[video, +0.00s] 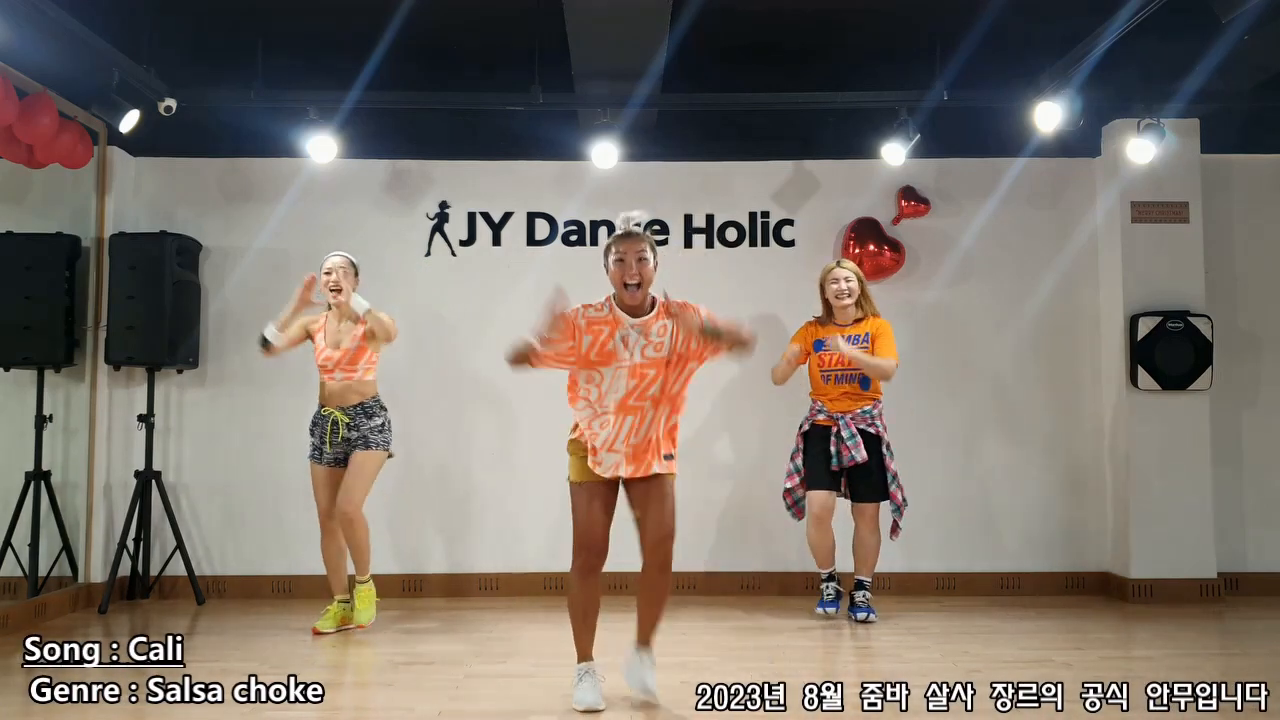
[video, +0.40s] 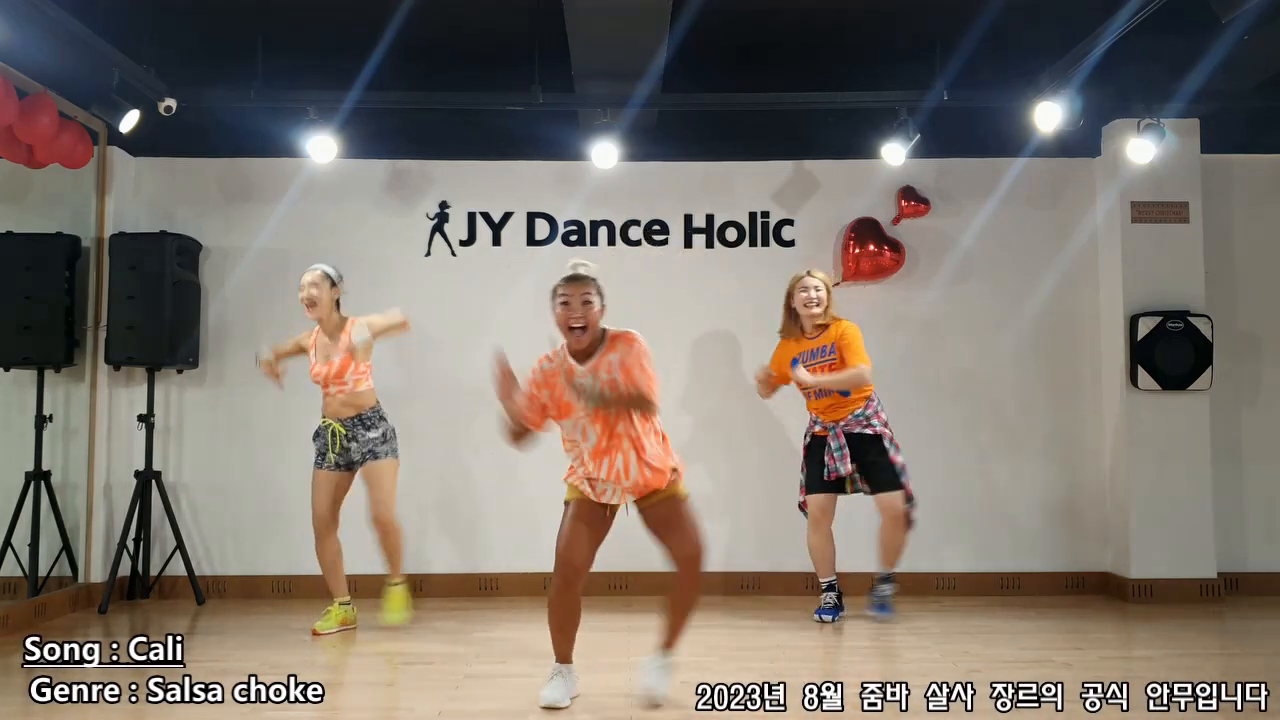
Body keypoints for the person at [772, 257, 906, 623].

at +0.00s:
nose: (842, 285)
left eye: (848, 279)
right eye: (834, 281)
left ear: (859, 288)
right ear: (824, 292)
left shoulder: (876, 326)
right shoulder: (810, 331)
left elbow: (887, 371)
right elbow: (778, 378)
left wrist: (849, 353)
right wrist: (790, 361)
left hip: (865, 428)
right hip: (822, 428)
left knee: (866, 515)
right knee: (818, 510)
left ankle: (861, 592)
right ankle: (828, 584)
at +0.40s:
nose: (812, 294)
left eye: (818, 288)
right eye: (804, 290)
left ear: (828, 298)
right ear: (793, 301)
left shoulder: (844, 331)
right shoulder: (787, 347)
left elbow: (862, 374)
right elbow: (768, 391)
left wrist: (813, 381)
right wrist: (765, 383)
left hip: (865, 426)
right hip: (823, 432)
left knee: (895, 507)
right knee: (818, 512)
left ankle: (885, 580)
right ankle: (829, 592)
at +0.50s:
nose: (810, 297)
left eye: (816, 291)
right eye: (801, 293)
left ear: (826, 299)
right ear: (789, 304)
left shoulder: (839, 327)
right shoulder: (784, 343)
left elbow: (835, 348)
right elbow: (748, 368)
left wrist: (789, 335)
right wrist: (741, 344)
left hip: (866, 425)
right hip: (824, 434)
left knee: (912, 501)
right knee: (813, 511)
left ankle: (929, 570)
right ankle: (829, 593)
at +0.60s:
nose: (808, 301)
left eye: (814, 297)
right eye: (802, 296)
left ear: (823, 304)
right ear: (790, 304)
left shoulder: (833, 330)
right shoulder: (785, 339)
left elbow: (802, 302)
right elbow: (743, 328)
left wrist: (762, 279)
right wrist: (725, 288)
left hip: (868, 429)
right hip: (826, 437)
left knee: (917, 504)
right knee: (811, 514)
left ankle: (966, 571)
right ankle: (829, 595)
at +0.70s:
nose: (808, 304)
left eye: (814, 299)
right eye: (802, 299)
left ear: (826, 306)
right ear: (791, 305)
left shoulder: (836, 331)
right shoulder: (790, 335)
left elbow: (807, 303)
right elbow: (746, 310)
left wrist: (764, 269)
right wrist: (716, 273)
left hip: (872, 432)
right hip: (832, 439)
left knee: (918, 508)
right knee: (813, 514)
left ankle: (970, 574)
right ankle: (829, 594)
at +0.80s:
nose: (820, 298)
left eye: (827, 293)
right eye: (812, 293)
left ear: (837, 301)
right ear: (800, 304)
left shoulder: (850, 325)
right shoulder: (796, 339)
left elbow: (849, 339)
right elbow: (749, 340)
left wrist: (801, 310)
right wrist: (736, 304)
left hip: (876, 427)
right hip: (836, 434)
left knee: (916, 509)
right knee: (818, 511)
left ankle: (955, 568)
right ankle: (829, 594)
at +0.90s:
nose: (836, 294)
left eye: (842, 288)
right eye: (828, 289)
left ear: (852, 296)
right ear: (815, 298)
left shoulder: (866, 329)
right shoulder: (808, 341)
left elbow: (887, 371)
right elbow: (770, 372)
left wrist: (840, 356)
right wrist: (765, 351)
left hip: (884, 430)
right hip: (841, 433)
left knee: (921, 511)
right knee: (824, 511)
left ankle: (936, 574)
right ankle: (830, 594)